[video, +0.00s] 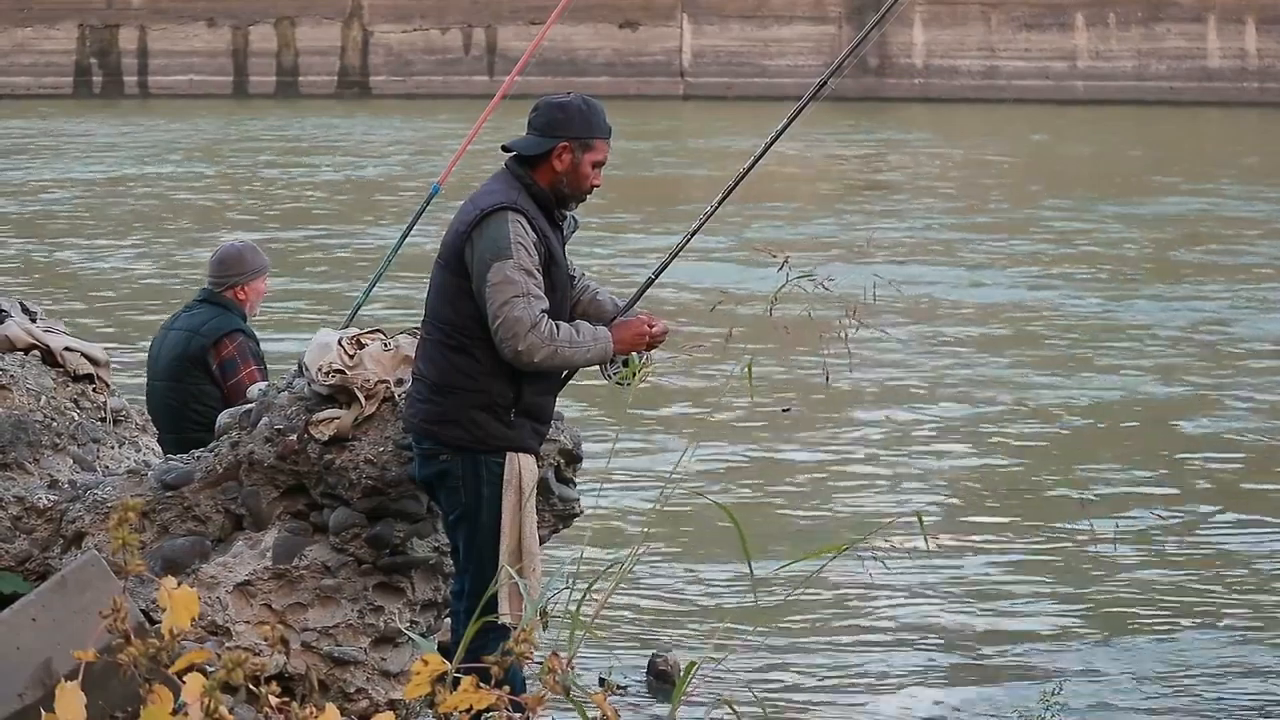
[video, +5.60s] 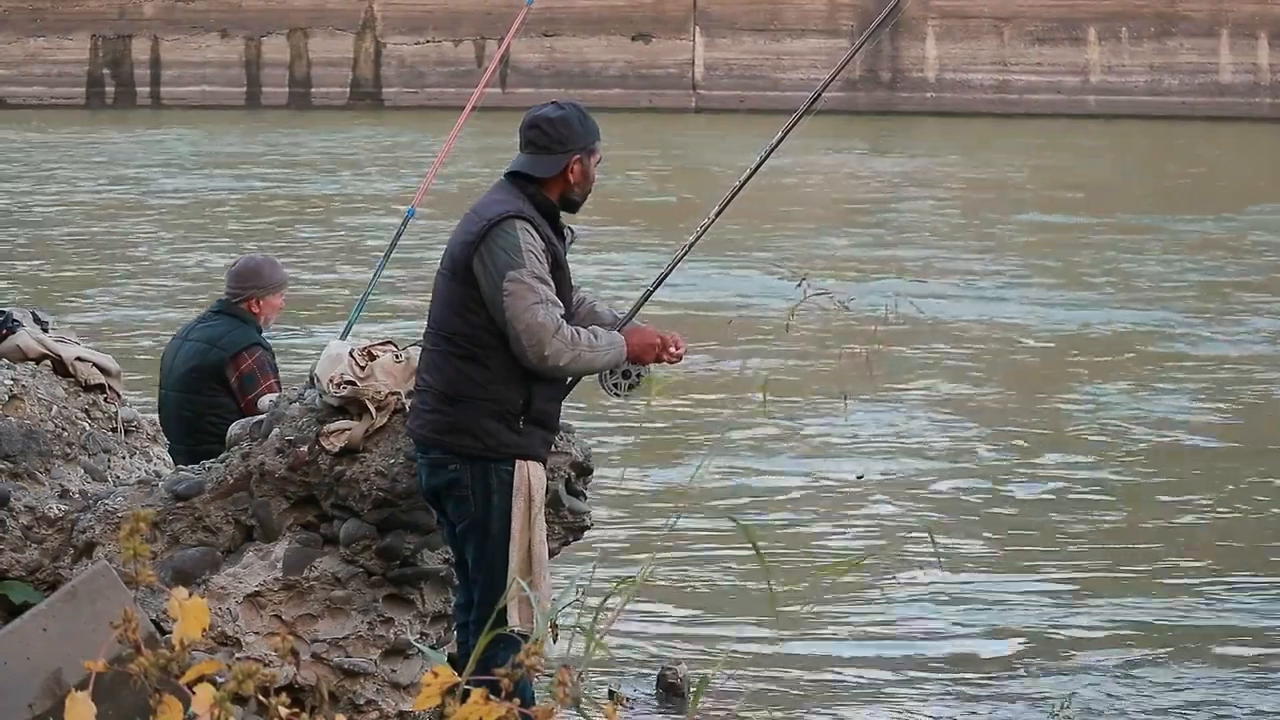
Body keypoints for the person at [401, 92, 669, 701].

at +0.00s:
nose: (600, 178)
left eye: (603, 165)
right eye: (596, 164)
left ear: (562, 156)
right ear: (560, 156)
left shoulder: (535, 214)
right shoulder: (505, 221)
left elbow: (566, 293)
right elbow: (524, 339)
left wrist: (622, 319)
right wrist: (611, 340)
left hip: (493, 433)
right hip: (468, 438)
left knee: (497, 589)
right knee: (489, 594)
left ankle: (490, 706)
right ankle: (487, 709)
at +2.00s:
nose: (602, 184)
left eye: (605, 171)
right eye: (597, 170)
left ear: (563, 161)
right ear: (561, 162)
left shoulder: (535, 217)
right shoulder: (510, 224)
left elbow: (558, 300)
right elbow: (500, 331)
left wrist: (627, 336)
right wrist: (590, 383)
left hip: (494, 437)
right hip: (470, 443)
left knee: (498, 592)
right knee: (489, 598)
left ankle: (491, 710)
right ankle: (484, 713)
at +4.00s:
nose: (590, 176)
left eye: (591, 164)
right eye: (588, 164)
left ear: (535, 160)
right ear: (572, 168)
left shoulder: (527, 221)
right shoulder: (508, 229)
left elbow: (561, 305)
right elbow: (541, 341)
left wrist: (624, 326)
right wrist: (622, 349)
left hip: (490, 440)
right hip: (471, 444)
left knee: (499, 587)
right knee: (491, 591)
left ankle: (496, 707)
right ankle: (492, 710)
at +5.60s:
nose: (595, 174)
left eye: (595, 162)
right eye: (593, 162)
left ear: (545, 163)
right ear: (572, 169)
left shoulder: (528, 223)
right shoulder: (510, 230)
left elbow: (565, 308)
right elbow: (544, 345)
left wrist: (631, 332)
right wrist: (625, 345)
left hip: (488, 445)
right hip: (475, 450)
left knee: (489, 603)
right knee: (497, 608)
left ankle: (482, 710)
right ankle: (498, 714)